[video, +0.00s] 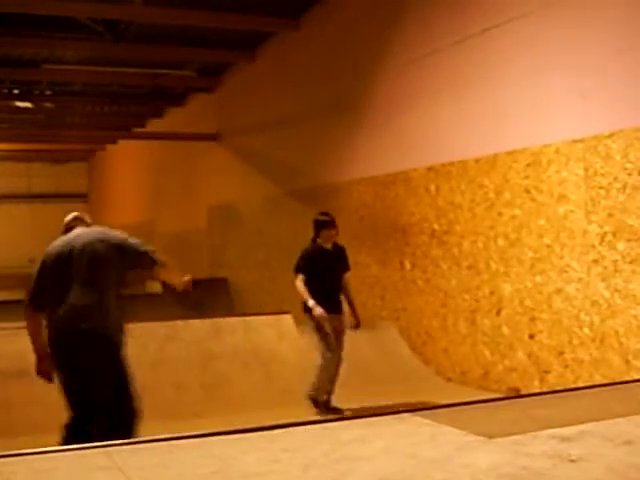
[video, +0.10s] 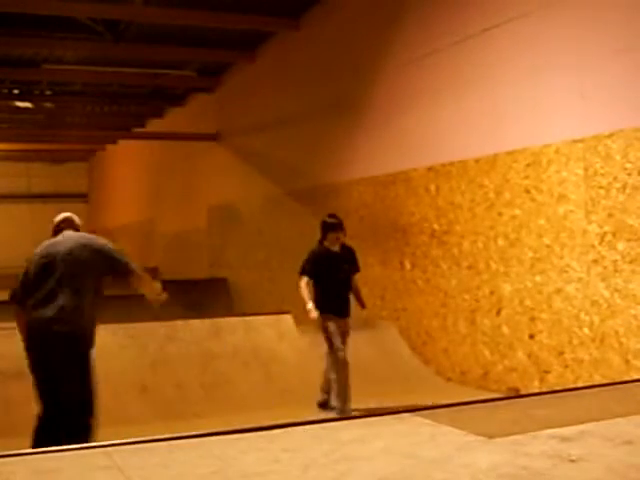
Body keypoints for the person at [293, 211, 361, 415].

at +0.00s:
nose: (333, 234)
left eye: (334, 229)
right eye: (329, 230)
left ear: (336, 231)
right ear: (319, 232)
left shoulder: (339, 252)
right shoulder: (309, 253)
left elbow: (344, 283)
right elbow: (299, 281)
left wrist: (354, 311)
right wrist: (313, 305)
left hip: (335, 307)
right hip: (317, 308)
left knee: (336, 352)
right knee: (330, 351)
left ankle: (326, 396)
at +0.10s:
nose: (337, 237)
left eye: (340, 233)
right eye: (334, 233)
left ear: (343, 233)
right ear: (325, 234)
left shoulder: (347, 253)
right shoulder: (316, 255)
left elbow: (352, 279)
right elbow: (304, 280)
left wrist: (360, 299)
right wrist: (309, 304)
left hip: (343, 308)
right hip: (325, 309)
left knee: (336, 353)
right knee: (338, 354)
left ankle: (325, 395)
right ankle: (341, 402)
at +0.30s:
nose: (353, 244)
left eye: (355, 239)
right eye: (349, 240)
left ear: (358, 239)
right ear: (340, 242)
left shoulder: (364, 258)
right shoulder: (333, 263)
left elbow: (371, 289)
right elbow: (324, 294)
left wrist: (383, 316)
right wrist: (324, 325)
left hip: (361, 318)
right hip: (343, 319)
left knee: (347, 361)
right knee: (360, 365)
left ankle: (327, 393)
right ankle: (367, 409)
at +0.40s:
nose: (359, 241)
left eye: (361, 236)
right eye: (354, 238)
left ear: (365, 236)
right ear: (346, 240)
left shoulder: (373, 256)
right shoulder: (340, 261)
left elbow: (380, 288)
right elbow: (334, 295)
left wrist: (388, 316)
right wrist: (339, 327)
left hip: (370, 316)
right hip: (352, 317)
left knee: (369, 364)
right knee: (365, 364)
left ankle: (340, 389)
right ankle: (369, 407)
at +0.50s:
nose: (366, 237)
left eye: (368, 232)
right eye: (361, 233)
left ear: (372, 232)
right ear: (353, 235)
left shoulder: (380, 251)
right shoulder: (347, 257)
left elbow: (385, 284)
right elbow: (345, 291)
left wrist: (393, 313)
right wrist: (353, 321)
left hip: (381, 319)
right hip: (362, 321)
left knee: (388, 364)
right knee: (368, 368)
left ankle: (357, 388)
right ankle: (369, 409)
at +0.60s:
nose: (373, 235)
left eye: (375, 229)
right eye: (368, 230)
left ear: (379, 229)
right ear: (360, 231)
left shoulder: (386, 248)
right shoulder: (353, 253)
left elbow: (391, 277)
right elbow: (351, 286)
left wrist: (396, 308)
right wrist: (359, 315)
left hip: (390, 315)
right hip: (368, 318)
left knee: (403, 360)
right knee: (370, 367)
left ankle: (385, 392)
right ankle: (370, 408)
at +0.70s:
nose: (383, 235)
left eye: (386, 230)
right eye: (379, 230)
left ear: (389, 230)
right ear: (369, 231)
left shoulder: (395, 249)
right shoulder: (361, 254)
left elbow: (398, 277)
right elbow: (356, 287)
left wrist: (403, 308)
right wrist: (368, 316)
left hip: (397, 316)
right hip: (374, 319)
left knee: (411, 363)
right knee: (371, 371)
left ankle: (411, 407)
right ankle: (370, 413)